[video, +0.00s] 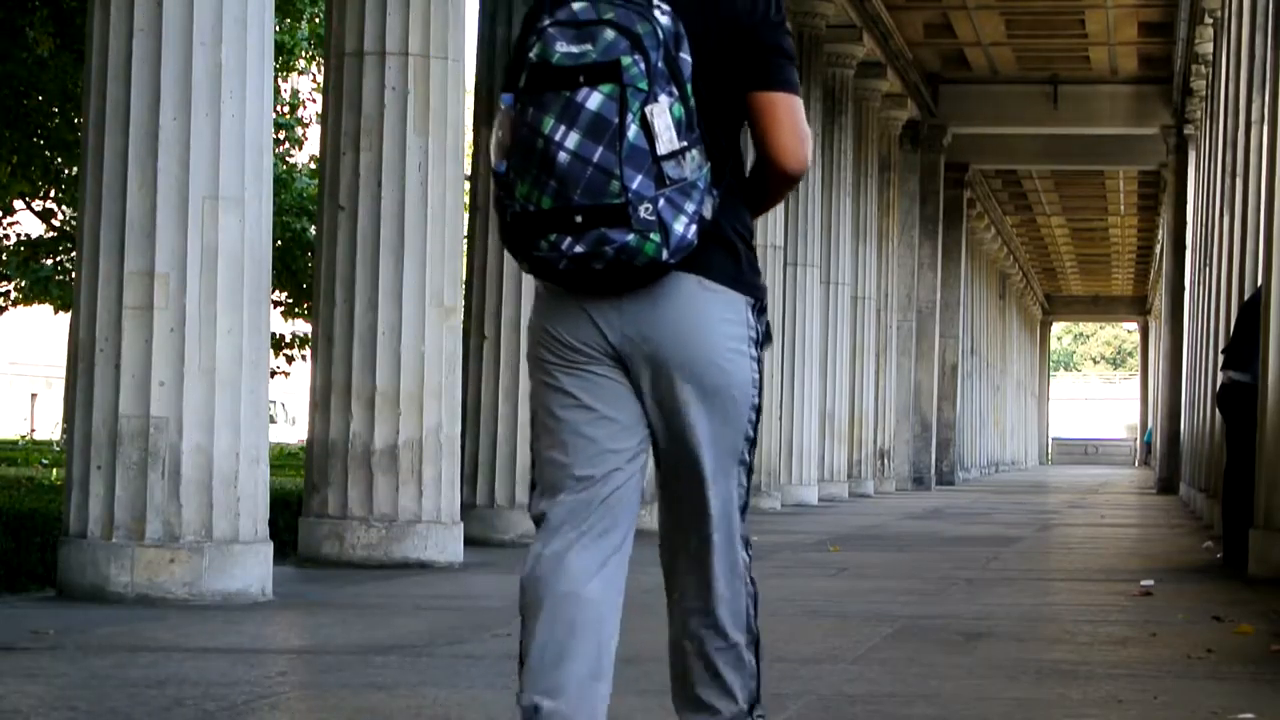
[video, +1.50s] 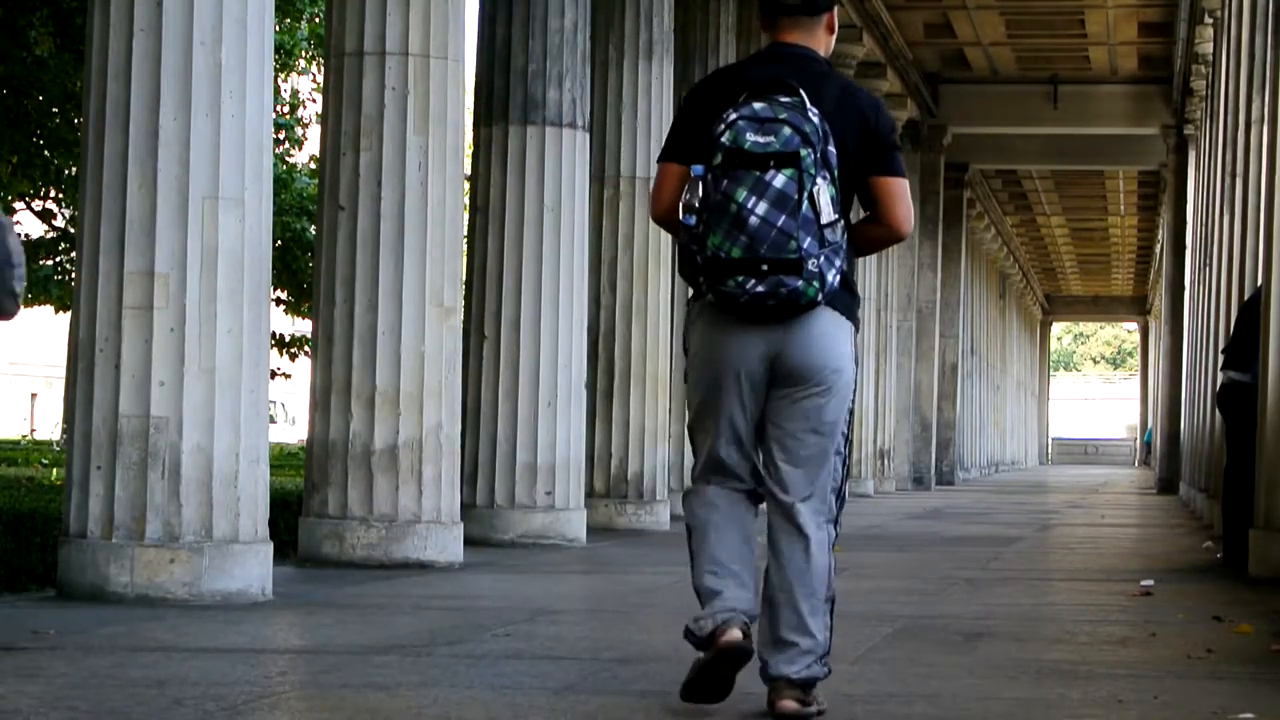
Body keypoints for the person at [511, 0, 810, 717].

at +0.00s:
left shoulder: (568, 6)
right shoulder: (741, 5)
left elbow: (506, 141)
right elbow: (789, 155)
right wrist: (739, 204)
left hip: (571, 289)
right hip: (694, 288)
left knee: (576, 521)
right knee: (708, 526)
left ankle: (557, 710)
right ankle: (719, 706)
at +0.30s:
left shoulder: (619, 0)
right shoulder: (798, 8)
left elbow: (557, 137)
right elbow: (853, 155)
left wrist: (637, 189)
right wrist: (783, 188)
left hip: (632, 282)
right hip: (748, 283)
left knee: (637, 484)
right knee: (735, 505)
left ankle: (645, 665)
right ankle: (728, 704)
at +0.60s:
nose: (796, 0)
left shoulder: (635, 47)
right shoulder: (804, 54)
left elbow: (579, 180)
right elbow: (855, 191)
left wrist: (658, 219)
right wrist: (789, 217)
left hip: (659, 310)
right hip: (767, 307)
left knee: (680, 503)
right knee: (751, 508)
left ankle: (687, 689)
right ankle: (728, 699)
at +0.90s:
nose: (782, 6)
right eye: (781, 2)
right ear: (770, 0)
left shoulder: (640, 55)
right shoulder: (801, 53)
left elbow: (598, 187)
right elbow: (853, 179)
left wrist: (671, 215)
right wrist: (798, 206)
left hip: (668, 305)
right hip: (770, 299)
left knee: (688, 499)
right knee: (793, 483)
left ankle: (696, 696)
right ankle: (761, 639)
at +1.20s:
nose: (808, 24)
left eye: (802, 17)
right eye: (808, 16)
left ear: (728, 18)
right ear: (800, 15)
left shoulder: (673, 94)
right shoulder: (826, 95)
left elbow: (634, 214)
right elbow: (866, 215)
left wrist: (697, 257)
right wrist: (815, 251)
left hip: (691, 327)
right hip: (791, 325)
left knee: (704, 498)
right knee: (790, 504)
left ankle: (704, 680)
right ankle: (793, 682)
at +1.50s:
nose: (835, 27)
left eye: (826, 19)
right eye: (835, 20)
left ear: (763, 22)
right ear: (831, 23)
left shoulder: (711, 92)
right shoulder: (859, 106)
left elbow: (665, 205)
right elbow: (896, 221)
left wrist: (732, 239)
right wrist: (831, 245)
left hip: (724, 320)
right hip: (820, 324)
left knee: (720, 477)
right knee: (804, 498)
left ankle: (727, 616)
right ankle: (793, 682)